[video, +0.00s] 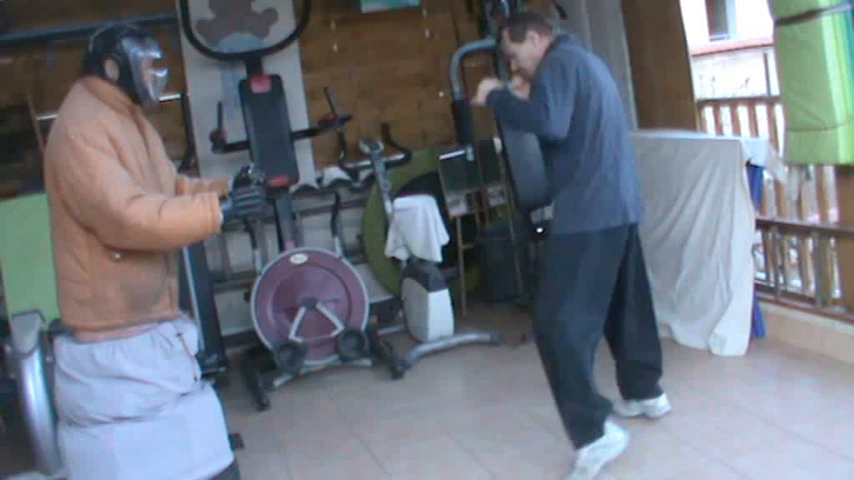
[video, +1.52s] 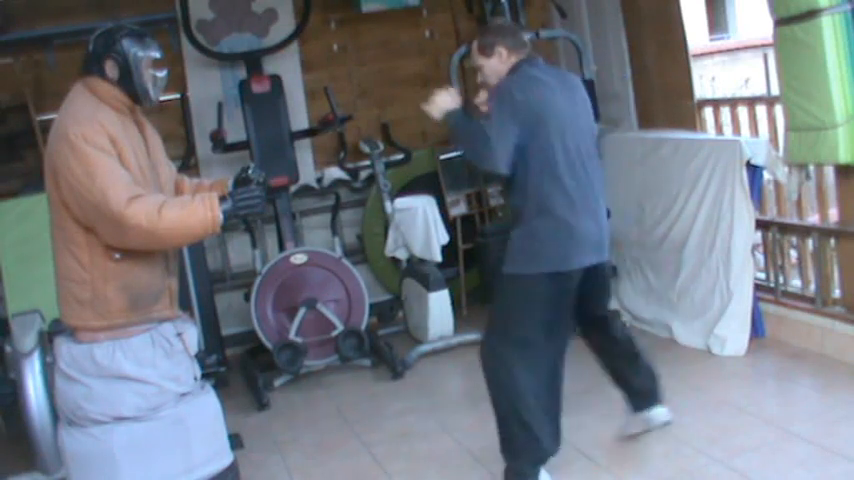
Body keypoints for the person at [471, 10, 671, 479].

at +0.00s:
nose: (517, 65)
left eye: (517, 57)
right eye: (513, 59)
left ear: (536, 37)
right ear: (543, 34)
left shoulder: (560, 62)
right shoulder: (585, 59)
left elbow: (550, 123)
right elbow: (576, 124)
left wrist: (496, 97)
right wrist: (532, 92)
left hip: (587, 213)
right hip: (621, 208)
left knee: (556, 323)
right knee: (627, 302)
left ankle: (595, 435)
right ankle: (645, 393)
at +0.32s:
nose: (488, 78)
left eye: (490, 67)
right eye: (485, 70)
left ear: (514, 50)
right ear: (517, 50)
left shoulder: (541, 80)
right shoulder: (562, 74)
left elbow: (552, 154)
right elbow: (566, 143)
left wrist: (488, 134)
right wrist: (515, 122)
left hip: (574, 237)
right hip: (604, 226)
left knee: (562, 356)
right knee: (621, 322)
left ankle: (572, 469)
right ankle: (656, 398)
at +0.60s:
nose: (505, 91)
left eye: (506, 80)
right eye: (503, 82)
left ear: (529, 67)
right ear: (538, 67)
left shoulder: (549, 102)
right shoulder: (589, 99)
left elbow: (527, 178)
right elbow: (569, 170)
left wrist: (480, 135)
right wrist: (512, 134)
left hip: (568, 258)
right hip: (613, 252)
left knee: (522, 361)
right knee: (638, 341)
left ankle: (560, 471)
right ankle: (705, 408)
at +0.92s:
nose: (533, 69)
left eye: (533, 60)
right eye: (529, 62)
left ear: (556, 44)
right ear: (563, 43)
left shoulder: (579, 77)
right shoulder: (612, 72)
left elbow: (559, 149)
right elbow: (593, 141)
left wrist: (509, 109)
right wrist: (549, 103)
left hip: (603, 225)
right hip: (641, 218)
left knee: (552, 320)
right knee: (651, 307)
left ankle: (598, 435)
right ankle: (699, 395)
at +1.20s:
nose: (527, 70)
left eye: (527, 59)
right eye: (523, 63)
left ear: (549, 41)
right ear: (554, 41)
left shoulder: (577, 72)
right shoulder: (599, 68)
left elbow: (564, 145)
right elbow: (593, 141)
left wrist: (512, 100)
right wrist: (549, 106)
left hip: (599, 223)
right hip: (628, 216)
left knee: (556, 328)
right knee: (651, 312)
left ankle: (564, 454)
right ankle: (699, 396)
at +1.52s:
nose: (480, 75)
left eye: (480, 66)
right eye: (477, 67)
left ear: (501, 54)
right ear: (521, 50)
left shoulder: (513, 91)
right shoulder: (571, 82)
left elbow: (496, 158)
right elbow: (562, 142)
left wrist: (453, 115)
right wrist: (501, 108)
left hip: (545, 243)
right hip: (592, 234)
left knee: (509, 348)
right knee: (597, 319)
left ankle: (527, 464)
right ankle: (649, 404)